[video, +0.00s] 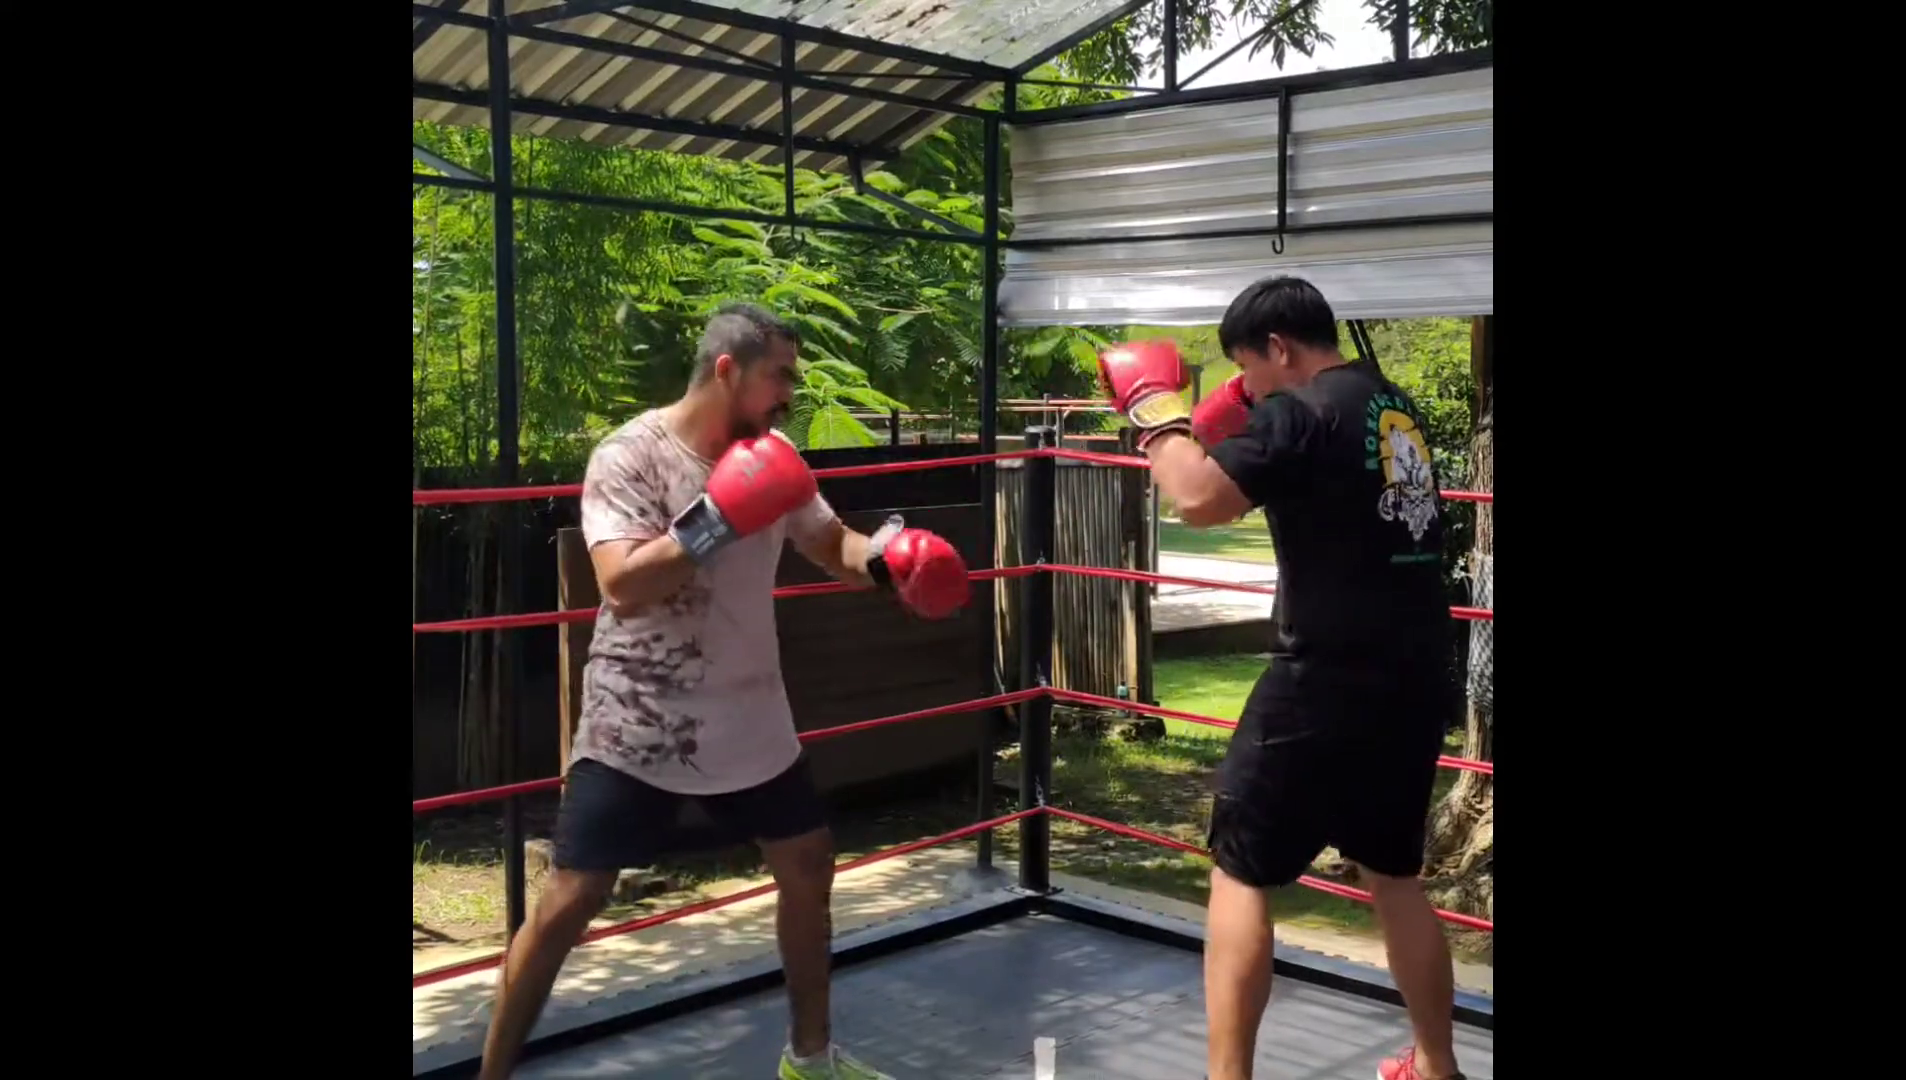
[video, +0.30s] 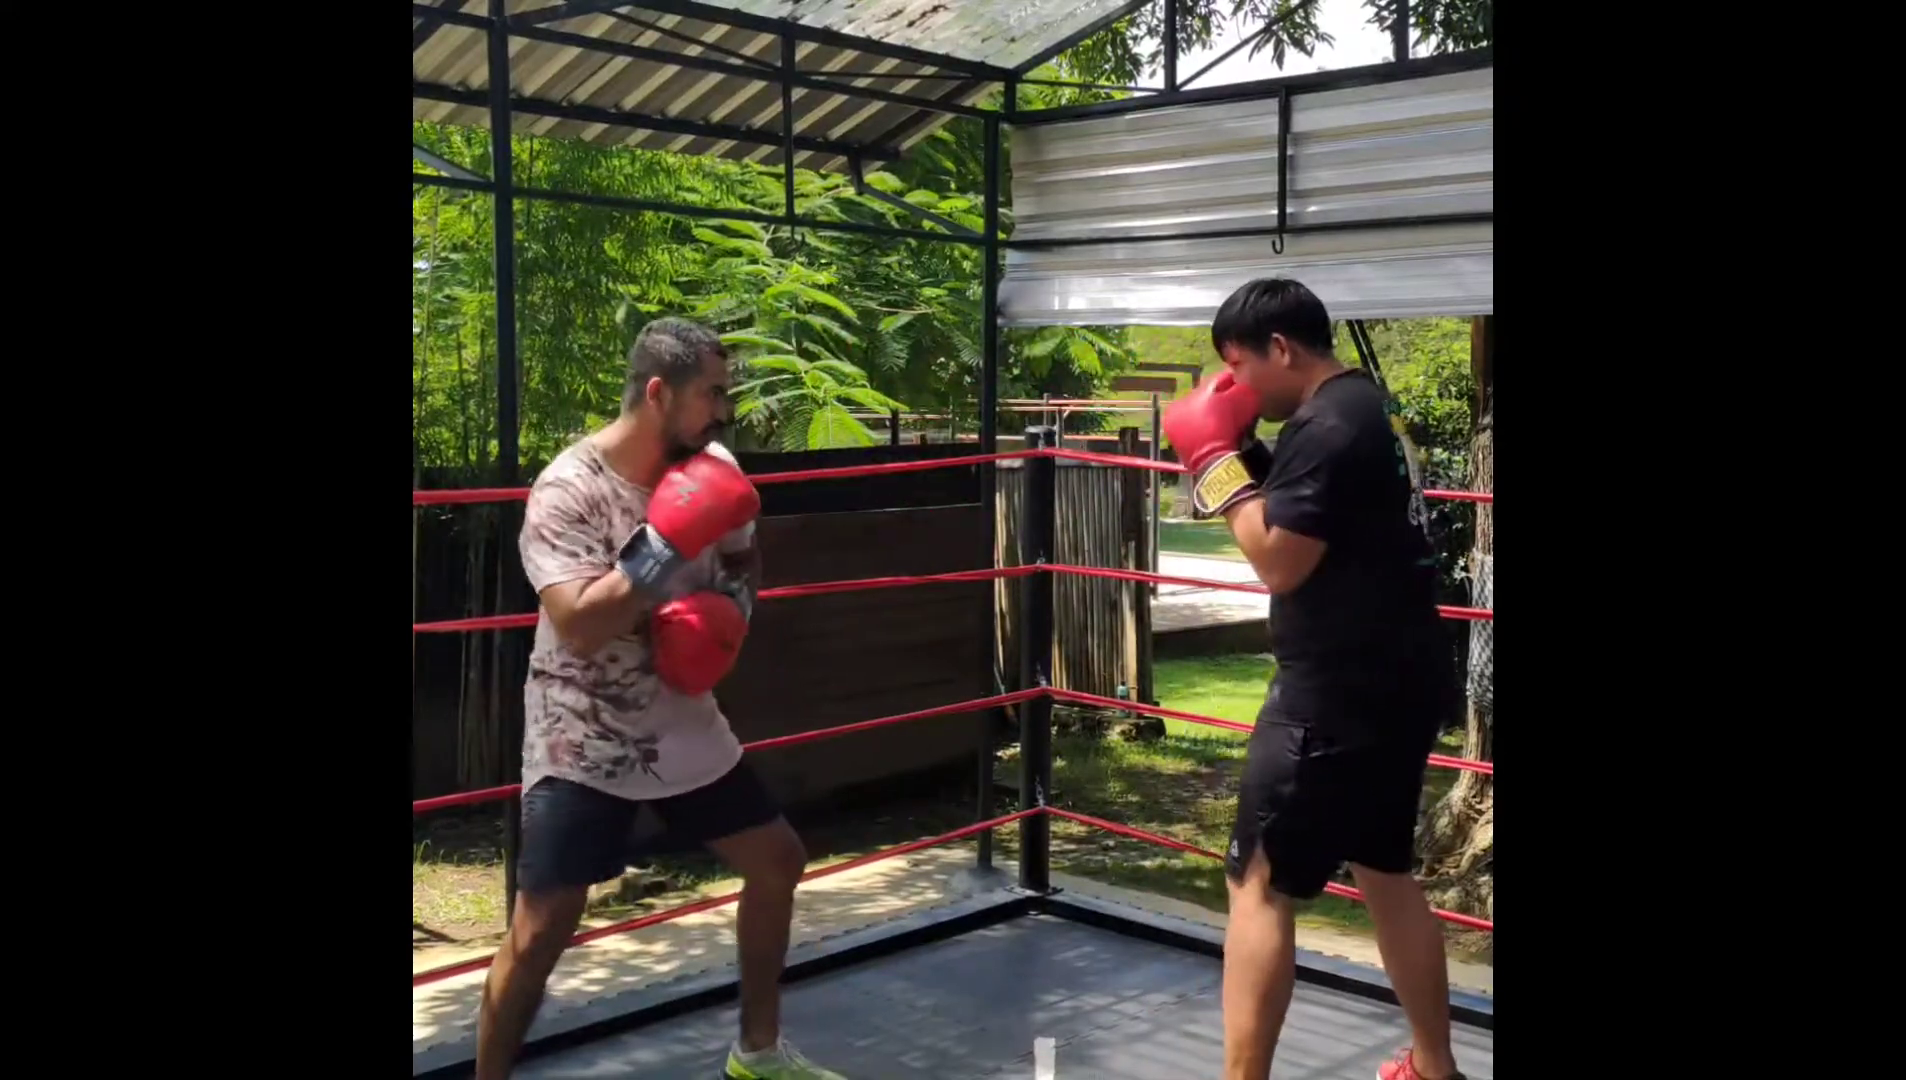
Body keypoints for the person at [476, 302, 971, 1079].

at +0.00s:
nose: (787, 397)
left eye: (791, 381)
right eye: (779, 378)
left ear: (739, 375)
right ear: (725, 368)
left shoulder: (766, 464)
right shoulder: (627, 457)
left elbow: (833, 540)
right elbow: (621, 585)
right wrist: (718, 514)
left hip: (750, 719)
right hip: (634, 721)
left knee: (808, 868)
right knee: (572, 899)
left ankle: (812, 1054)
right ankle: (493, 1072)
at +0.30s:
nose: (724, 414)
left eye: (727, 397)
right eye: (713, 395)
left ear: (664, 395)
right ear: (656, 391)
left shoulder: (709, 482)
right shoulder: (567, 487)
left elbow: (739, 580)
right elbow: (577, 623)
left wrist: (719, 632)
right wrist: (664, 541)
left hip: (685, 728)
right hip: (581, 740)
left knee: (776, 863)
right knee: (538, 933)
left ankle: (761, 1048)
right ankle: (490, 1075)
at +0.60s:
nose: (773, 378)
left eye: (772, 363)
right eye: (762, 362)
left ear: (709, 366)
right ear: (713, 364)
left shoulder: (677, 431)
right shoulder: (683, 444)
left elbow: (686, 550)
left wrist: (747, 571)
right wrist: (840, 419)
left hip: (693, 707)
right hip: (626, 711)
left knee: (750, 854)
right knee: (575, 919)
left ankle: (753, 1051)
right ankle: (497, 1072)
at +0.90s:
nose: (742, 382)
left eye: (744, 367)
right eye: (737, 365)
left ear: (688, 363)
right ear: (695, 363)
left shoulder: (692, 455)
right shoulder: (613, 458)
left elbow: (731, 563)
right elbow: (706, 574)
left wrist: (724, 600)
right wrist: (754, 476)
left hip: (681, 714)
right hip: (600, 720)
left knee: (733, 862)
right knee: (565, 919)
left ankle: (753, 1054)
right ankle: (491, 1073)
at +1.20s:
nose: (690, 398)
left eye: (693, 383)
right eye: (684, 380)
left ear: (635, 378)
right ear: (636, 376)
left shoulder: (636, 464)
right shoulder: (549, 473)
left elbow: (681, 585)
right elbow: (633, 601)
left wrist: (674, 588)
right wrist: (687, 498)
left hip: (634, 721)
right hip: (550, 730)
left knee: (702, 867)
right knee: (540, 937)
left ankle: (751, 1053)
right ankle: (489, 1075)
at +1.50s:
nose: (722, 422)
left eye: (726, 407)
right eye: (716, 404)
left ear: (665, 401)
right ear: (667, 399)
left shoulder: (639, 484)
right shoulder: (580, 486)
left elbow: (638, 611)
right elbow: (663, 608)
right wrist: (723, 511)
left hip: (663, 739)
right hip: (582, 751)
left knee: (756, 875)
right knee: (570, 950)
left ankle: (821, 1047)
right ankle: (490, 1072)